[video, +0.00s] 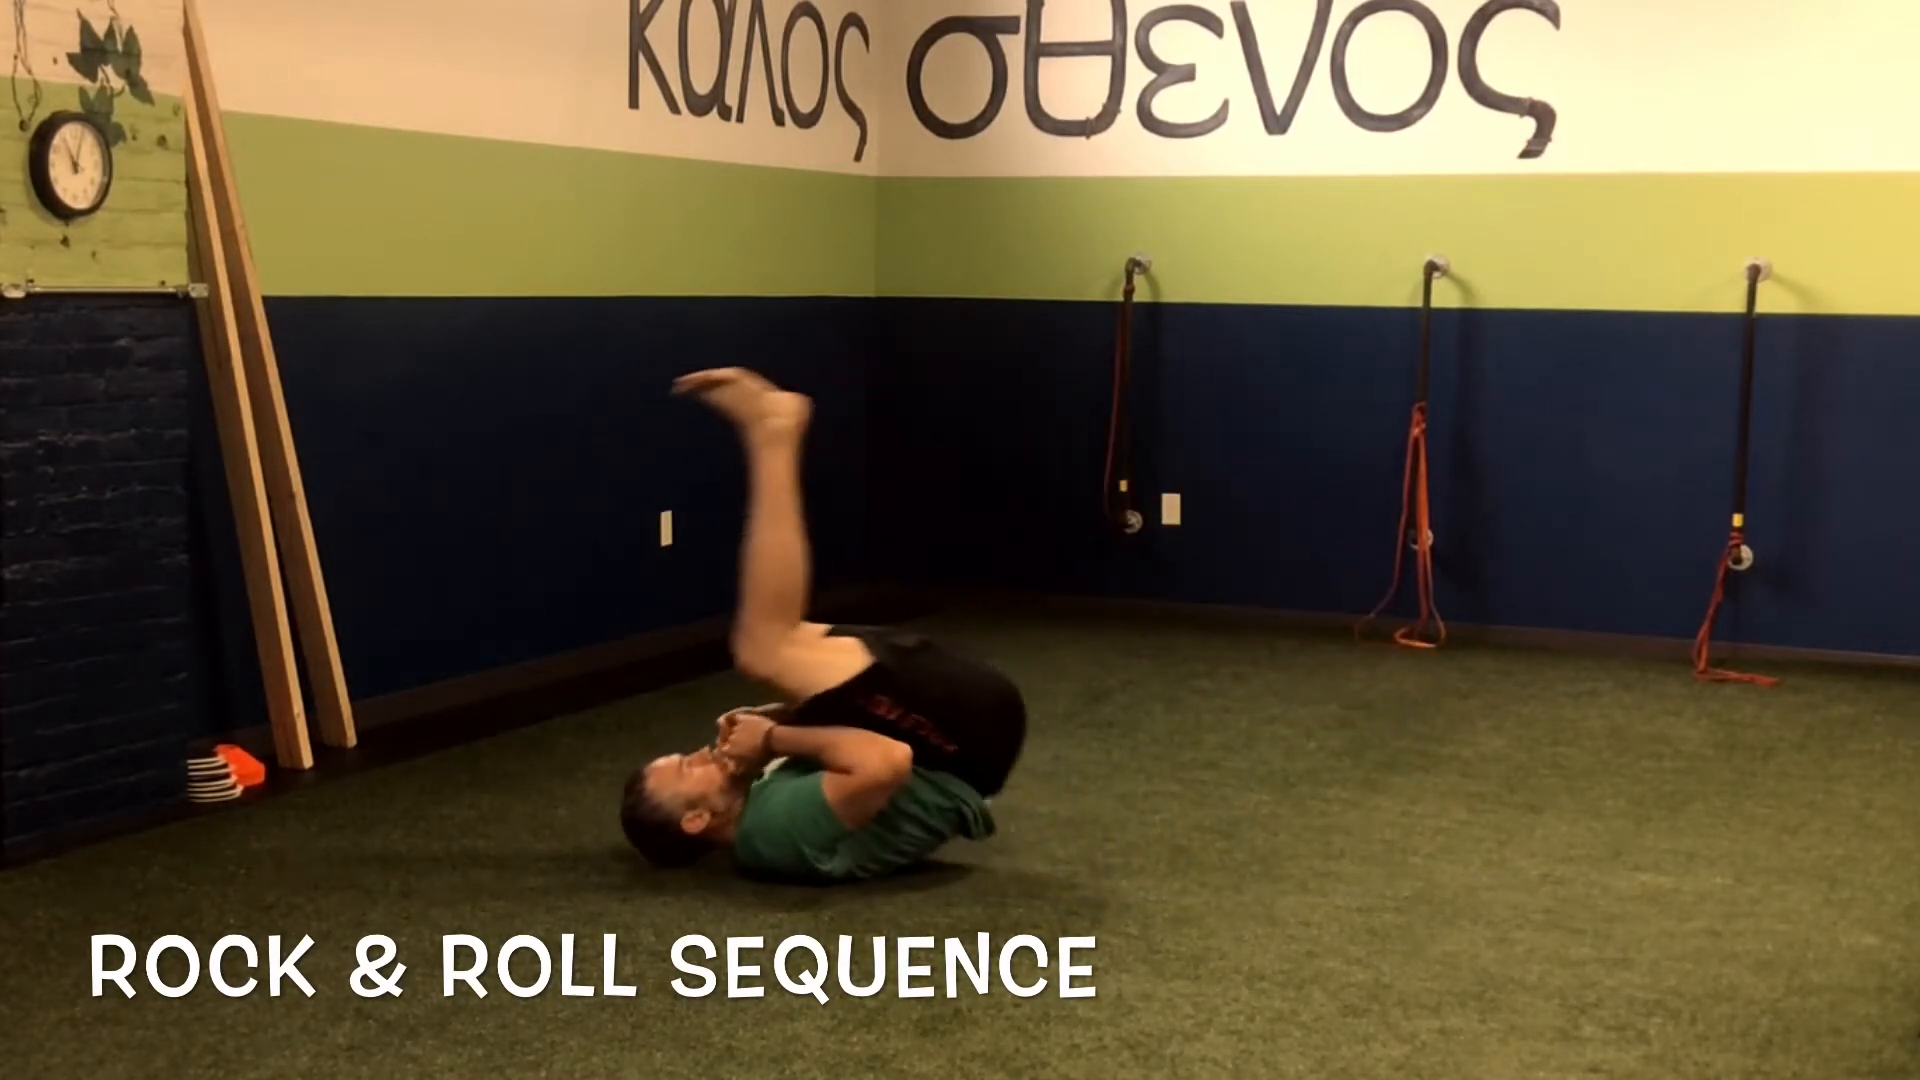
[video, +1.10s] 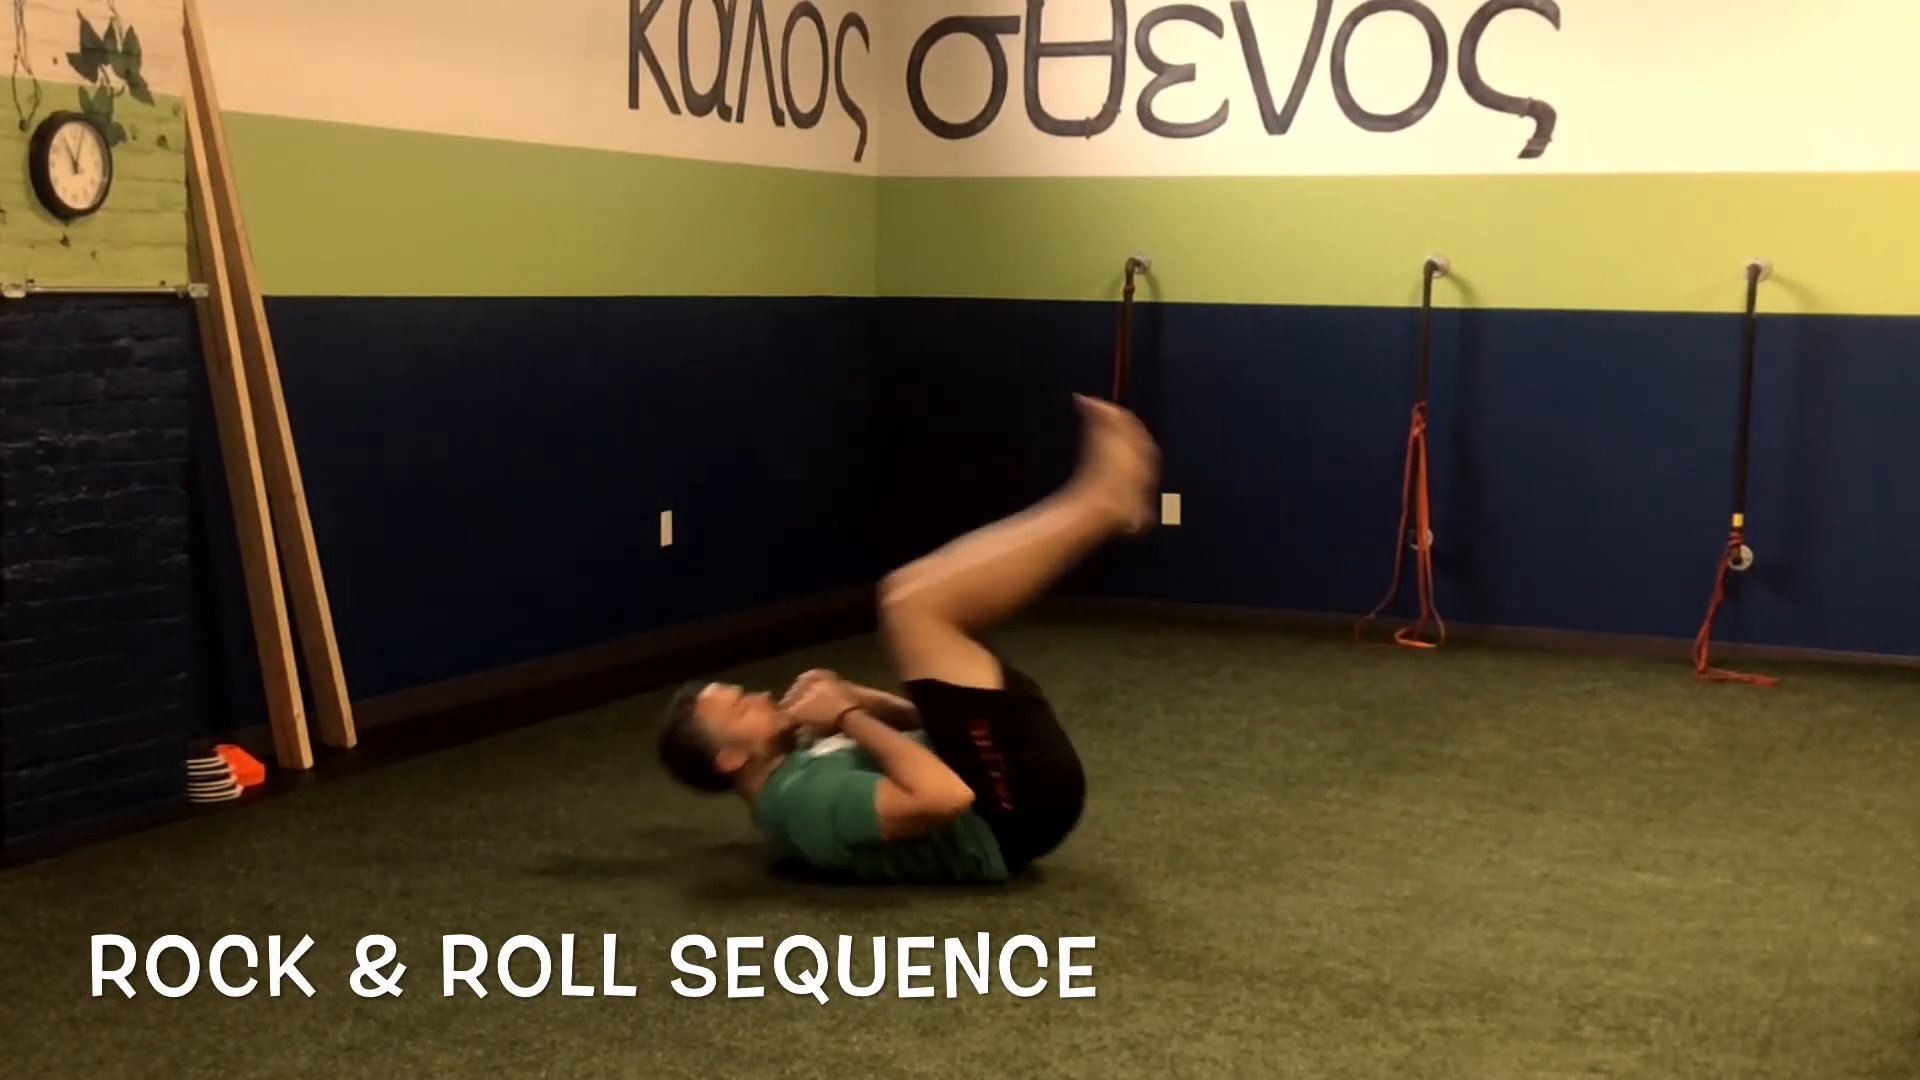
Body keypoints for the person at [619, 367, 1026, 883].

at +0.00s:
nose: (699, 750)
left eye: (682, 755)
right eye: (686, 768)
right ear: (699, 819)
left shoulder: (764, 809)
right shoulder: (773, 830)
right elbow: (888, 762)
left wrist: (763, 744)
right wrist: (772, 736)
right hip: (976, 732)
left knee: (784, 640)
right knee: (762, 646)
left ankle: (774, 431)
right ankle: (773, 431)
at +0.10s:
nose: (692, 760)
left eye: (676, 764)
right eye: (679, 778)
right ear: (695, 826)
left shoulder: (754, 812)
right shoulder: (770, 829)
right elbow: (873, 753)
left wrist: (747, 741)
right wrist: (756, 739)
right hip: (962, 714)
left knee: (759, 645)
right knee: (739, 654)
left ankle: (721, 441)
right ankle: (721, 439)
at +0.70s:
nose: (692, 762)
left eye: (676, 766)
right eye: (679, 778)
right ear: (692, 826)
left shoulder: (756, 812)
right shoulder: (768, 835)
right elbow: (878, 764)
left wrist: (750, 738)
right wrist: (759, 743)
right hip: (967, 718)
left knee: (774, 638)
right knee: (745, 654)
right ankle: (769, 433)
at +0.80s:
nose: (697, 751)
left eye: (680, 755)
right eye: (683, 768)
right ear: (695, 817)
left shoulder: (763, 810)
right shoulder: (770, 832)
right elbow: (887, 770)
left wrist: (771, 720)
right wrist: (769, 740)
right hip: (979, 738)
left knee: (793, 631)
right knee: (769, 638)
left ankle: (839, 429)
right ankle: (838, 430)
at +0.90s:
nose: (707, 739)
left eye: (690, 741)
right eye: (692, 753)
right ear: (701, 805)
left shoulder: (772, 800)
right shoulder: (775, 826)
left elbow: (866, 715)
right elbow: (902, 778)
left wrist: (787, 710)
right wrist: (787, 736)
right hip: (992, 753)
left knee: (809, 617)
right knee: (805, 624)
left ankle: (924, 438)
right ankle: (917, 438)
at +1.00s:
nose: (732, 720)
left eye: (713, 721)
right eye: (713, 734)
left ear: (717, 785)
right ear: (714, 785)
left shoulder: (780, 791)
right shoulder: (783, 817)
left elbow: (894, 713)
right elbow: (922, 788)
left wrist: (812, 706)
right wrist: (811, 728)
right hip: (1004, 780)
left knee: (851, 601)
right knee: (852, 609)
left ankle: (1009, 459)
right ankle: (1011, 460)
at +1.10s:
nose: (759, 694)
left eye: (741, 691)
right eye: (738, 705)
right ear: (733, 758)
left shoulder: (798, 766)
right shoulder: (798, 802)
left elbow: (924, 718)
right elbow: (945, 797)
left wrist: (853, 698)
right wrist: (851, 719)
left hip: (1003, 787)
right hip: (1017, 807)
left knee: (909, 592)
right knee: (909, 598)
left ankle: (1096, 498)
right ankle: (1103, 498)